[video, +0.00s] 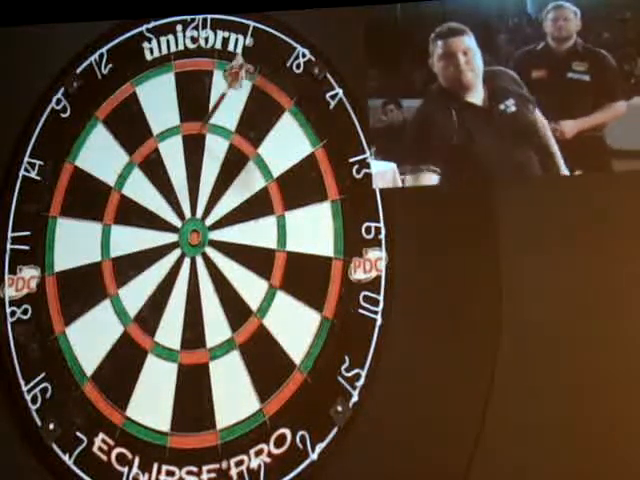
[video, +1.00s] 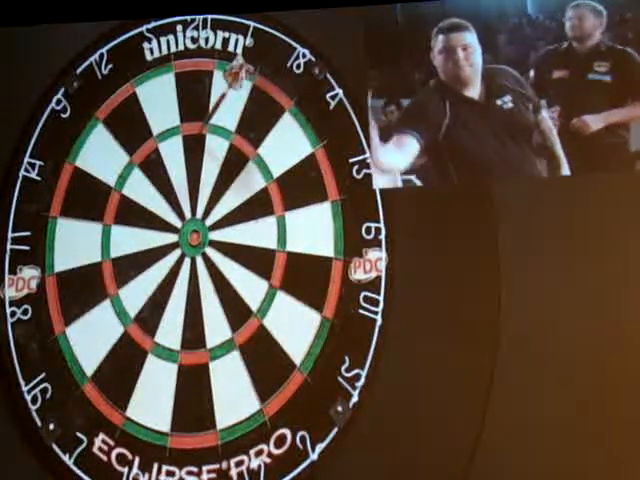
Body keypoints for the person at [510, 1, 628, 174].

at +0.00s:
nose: (560, 24)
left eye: (566, 19)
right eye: (554, 19)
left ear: (578, 24)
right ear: (544, 25)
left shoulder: (598, 60)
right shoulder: (525, 60)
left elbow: (619, 106)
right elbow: (512, 104)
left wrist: (576, 125)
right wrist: (541, 127)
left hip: (588, 154)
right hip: (538, 153)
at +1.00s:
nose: (573, 23)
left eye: (581, 18)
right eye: (569, 19)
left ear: (600, 23)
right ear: (564, 23)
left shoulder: (624, 60)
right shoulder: (548, 59)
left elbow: (636, 107)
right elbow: (529, 100)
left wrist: (601, 119)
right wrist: (544, 117)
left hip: (610, 160)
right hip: (560, 159)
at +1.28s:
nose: (575, 24)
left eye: (584, 19)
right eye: (574, 19)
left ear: (607, 24)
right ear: (570, 22)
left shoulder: (631, 60)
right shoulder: (558, 60)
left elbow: (637, 112)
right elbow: (542, 101)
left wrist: (611, 126)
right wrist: (554, 117)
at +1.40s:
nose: (571, 24)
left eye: (580, 19)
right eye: (572, 19)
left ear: (606, 24)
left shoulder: (631, 61)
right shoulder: (564, 59)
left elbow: (638, 121)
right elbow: (530, 95)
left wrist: (623, 144)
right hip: (571, 163)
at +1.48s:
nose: (570, 25)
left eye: (579, 19)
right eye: (571, 19)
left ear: (606, 24)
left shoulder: (632, 61)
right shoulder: (563, 59)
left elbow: (636, 114)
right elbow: (528, 94)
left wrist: (630, 148)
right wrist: (541, 74)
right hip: (571, 163)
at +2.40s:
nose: (590, 30)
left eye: (596, 23)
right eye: (585, 25)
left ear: (616, 24)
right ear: (579, 30)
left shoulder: (633, 60)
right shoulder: (569, 61)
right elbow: (531, 91)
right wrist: (549, 82)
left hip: (625, 159)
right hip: (578, 160)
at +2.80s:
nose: (597, 31)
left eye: (604, 25)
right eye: (592, 26)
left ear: (622, 25)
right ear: (586, 30)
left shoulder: (635, 61)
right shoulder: (570, 61)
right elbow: (548, 98)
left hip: (626, 158)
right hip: (580, 160)